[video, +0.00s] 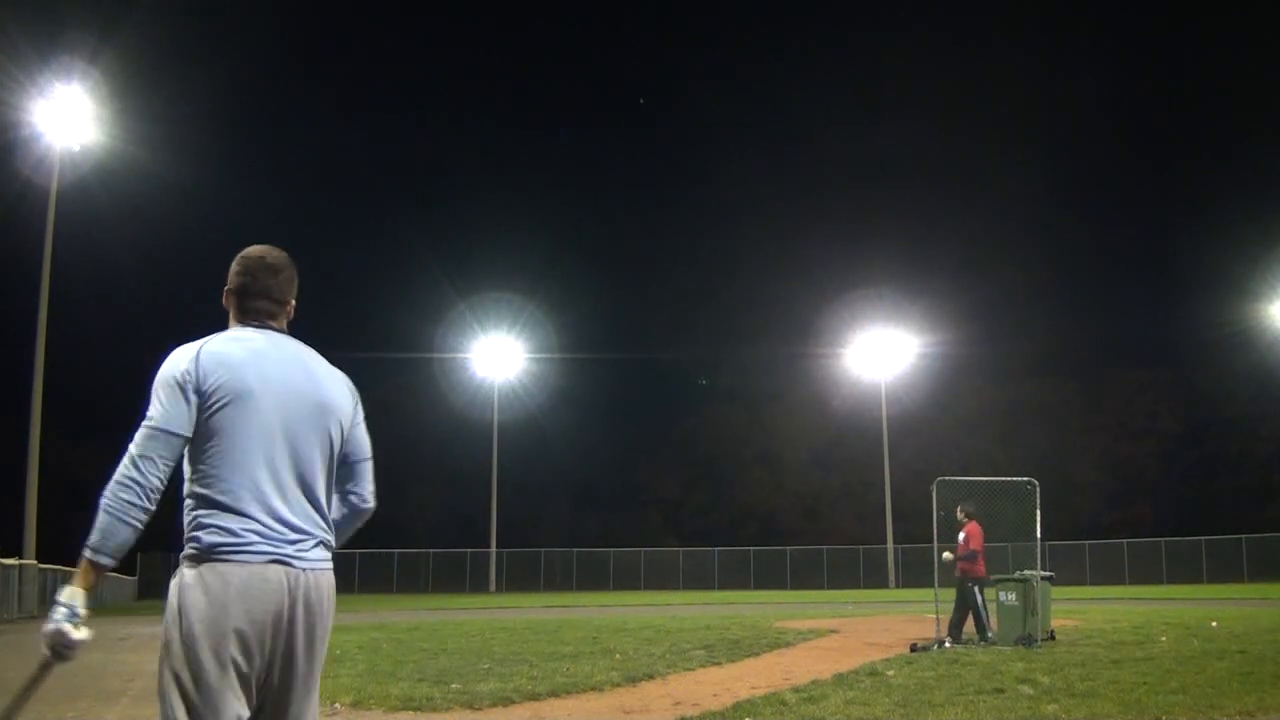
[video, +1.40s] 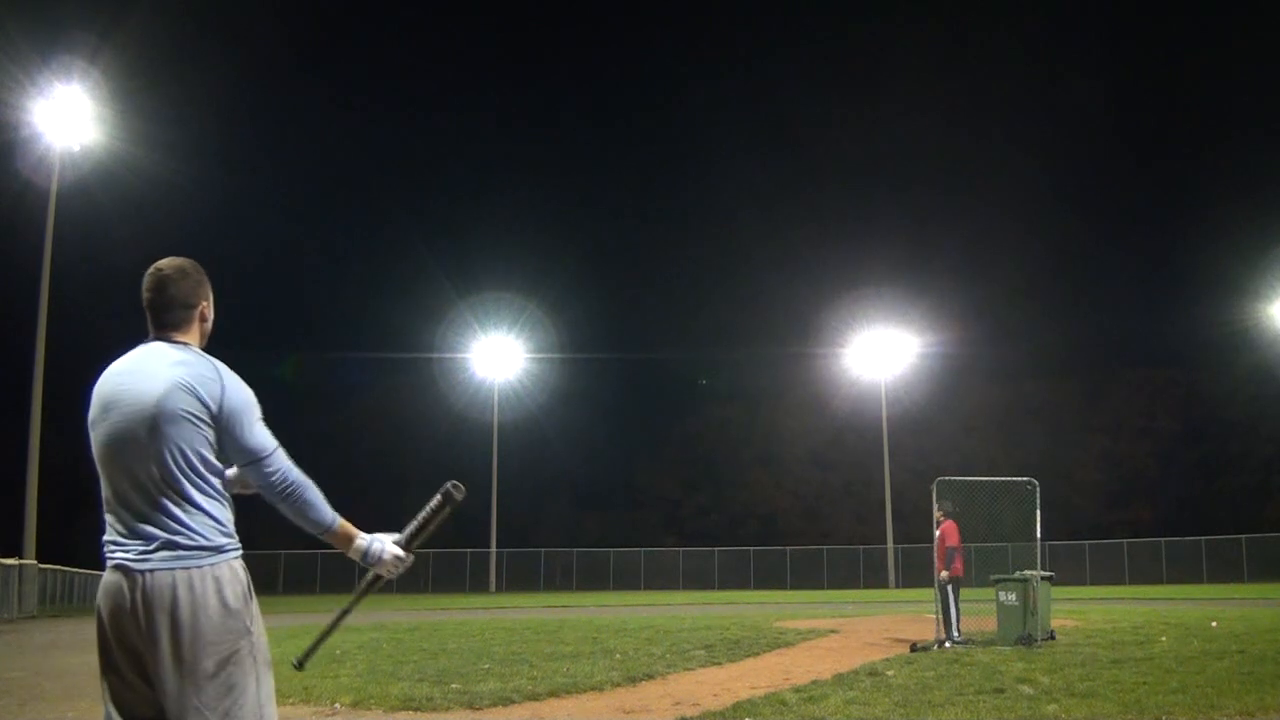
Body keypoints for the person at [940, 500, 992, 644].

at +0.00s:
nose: (957, 514)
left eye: (958, 512)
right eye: (957, 512)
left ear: (965, 513)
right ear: (966, 514)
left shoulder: (974, 528)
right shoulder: (965, 528)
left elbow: (975, 552)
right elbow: (966, 551)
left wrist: (955, 557)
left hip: (974, 576)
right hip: (964, 575)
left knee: (978, 607)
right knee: (960, 608)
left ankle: (985, 636)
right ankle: (954, 636)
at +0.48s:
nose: (941, 518)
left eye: (943, 514)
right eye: (940, 515)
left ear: (951, 514)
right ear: (948, 515)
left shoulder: (962, 527)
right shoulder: (948, 529)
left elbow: (968, 547)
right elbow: (950, 550)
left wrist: (960, 564)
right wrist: (946, 567)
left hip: (958, 572)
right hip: (948, 572)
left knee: (957, 600)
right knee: (950, 605)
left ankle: (975, 629)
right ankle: (953, 636)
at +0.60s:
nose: (938, 518)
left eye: (940, 514)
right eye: (937, 515)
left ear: (948, 514)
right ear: (942, 515)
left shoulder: (959, 526)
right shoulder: (943, 531)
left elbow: (966, 547)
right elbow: (939, 551)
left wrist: (963, 565)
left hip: (955, 571)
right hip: (945, 573)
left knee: (954, 601)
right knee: (948, 604)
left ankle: (968, 632)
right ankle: (952, 635)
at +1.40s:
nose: (934, 513)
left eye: (936, 511)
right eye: (935, 511)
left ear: (942, 513)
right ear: (941, 513)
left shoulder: (949, 526)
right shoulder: (942, 527)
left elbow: (951, 547)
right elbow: (943, 549)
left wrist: (947, 568)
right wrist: (940, 569)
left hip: (950, 573)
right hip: (943, 573)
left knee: (951, 606)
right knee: (946, 606)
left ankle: (954, 636)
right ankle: (949, 635)